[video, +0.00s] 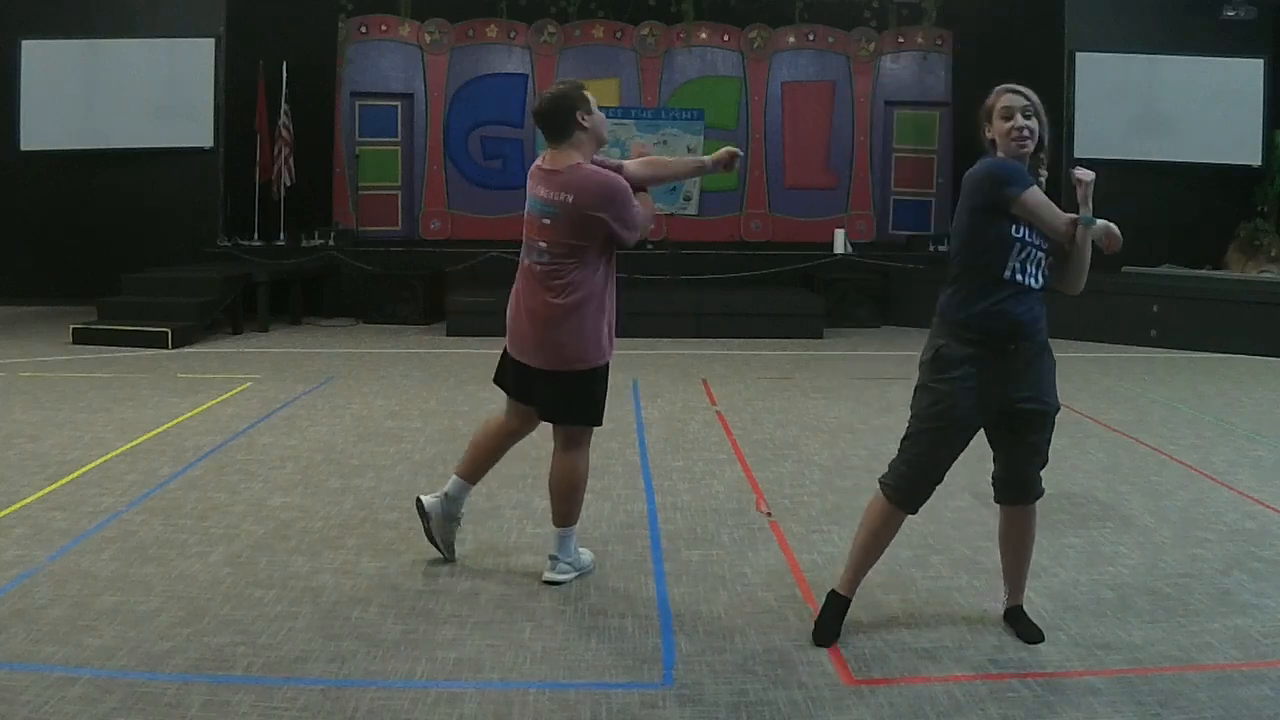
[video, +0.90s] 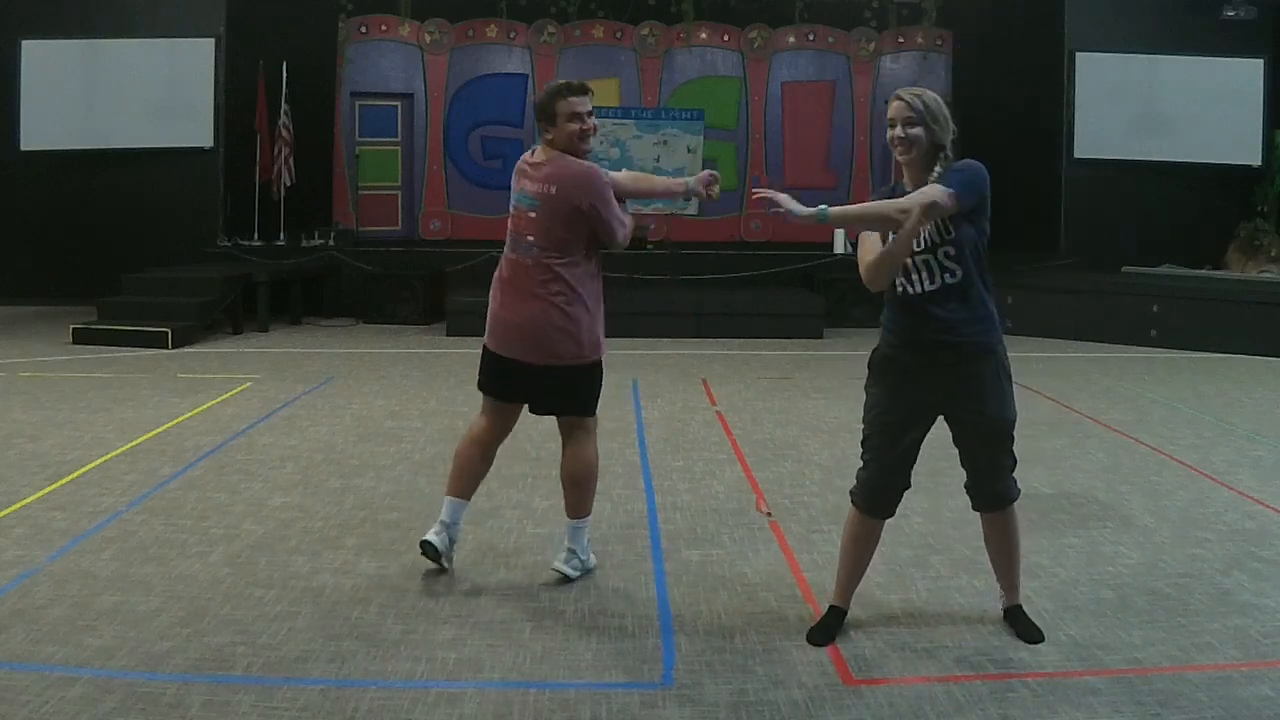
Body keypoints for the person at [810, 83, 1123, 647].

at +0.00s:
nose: (1020, 123)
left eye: (1028, 115)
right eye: (1007, 117)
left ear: (1041, 130)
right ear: (989, 132)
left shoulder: (1041, 206)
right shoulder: (990, 175)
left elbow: (1072, 281)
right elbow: (1063, 228)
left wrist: (1081, 215)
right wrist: (1096, 226)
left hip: (1025, 361)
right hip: (961, 356)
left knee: (1021, 486)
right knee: (908, 481)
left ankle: (1014, 604)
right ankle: (842, 594)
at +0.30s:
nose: (983, 133)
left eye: (994, 124)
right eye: (972, 125)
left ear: (1012, 134)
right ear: (960, 135)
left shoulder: (1026, 210)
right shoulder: (948, 181)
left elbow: (1071, 288)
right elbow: (1012, 248)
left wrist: (1065, 231)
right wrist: (1052, 224)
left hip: (1008, 369)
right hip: (938, 366)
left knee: (1012, 489)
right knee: (893, 488)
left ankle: (1014, 605)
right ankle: (837, 602)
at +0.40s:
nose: (967, 135)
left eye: (978, 125)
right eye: (957, 127)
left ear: (999, 134)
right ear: (946, 138)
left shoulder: (1018, 207)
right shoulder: (928, 191)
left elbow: (1080, 274)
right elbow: (946, 258)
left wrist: (1059, 225)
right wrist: (1025, 235)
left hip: (1001, 369)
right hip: (929, 366)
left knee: (1008, 490)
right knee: (889, 490)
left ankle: (1013, 604)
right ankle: (838, 605)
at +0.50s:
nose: (949, 132)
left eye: (961, 123)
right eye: (940, 124)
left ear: (983, 133)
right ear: (930, 134)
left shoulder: (1005, 198)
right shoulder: (909, 194)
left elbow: (1078, 248)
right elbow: (906, 269)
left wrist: (1027, 204)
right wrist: (991, 249)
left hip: (995, 368)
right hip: (921, 366)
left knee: (1004, 491)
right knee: (885, 490)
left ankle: (1013, 604)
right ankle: (839, 605)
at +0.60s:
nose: (931, 133)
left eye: (943, 123)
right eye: (923, 125)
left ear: (968, 130)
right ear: (915, 133)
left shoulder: (999, 190)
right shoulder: (898, 198)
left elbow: (1041, 227)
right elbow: (893, 276)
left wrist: (964, 194)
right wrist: (972, 260)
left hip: (988, 365)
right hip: (914, 364)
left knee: (1002, 490)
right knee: (880, 490)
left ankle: (1013, 604)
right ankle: (839, 605)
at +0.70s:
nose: (918, 132)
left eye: (929, 123)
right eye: (910, 124)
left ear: (955, 131)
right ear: (903, 135)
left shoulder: (987, 181)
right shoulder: (886, 203)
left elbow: (981, 218)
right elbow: (890, 279)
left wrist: (889, 201)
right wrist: (966, 256)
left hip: (982, 362)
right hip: (909, 362)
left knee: (999, 489)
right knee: (877, 489)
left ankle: (1012, 604)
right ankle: (838, 605)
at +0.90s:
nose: (900, 133)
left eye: (911, 124)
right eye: (892, 126)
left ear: (937, 130)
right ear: (886, 136)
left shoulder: (969, 176)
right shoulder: (875, 207)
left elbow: (914, 208)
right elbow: (874, 279)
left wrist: (814, 214)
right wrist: (908, 230)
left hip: (975, 359)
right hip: (901, 361)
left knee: (995, 487)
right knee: (875, 488)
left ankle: (1013, 603)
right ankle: (839, 604)